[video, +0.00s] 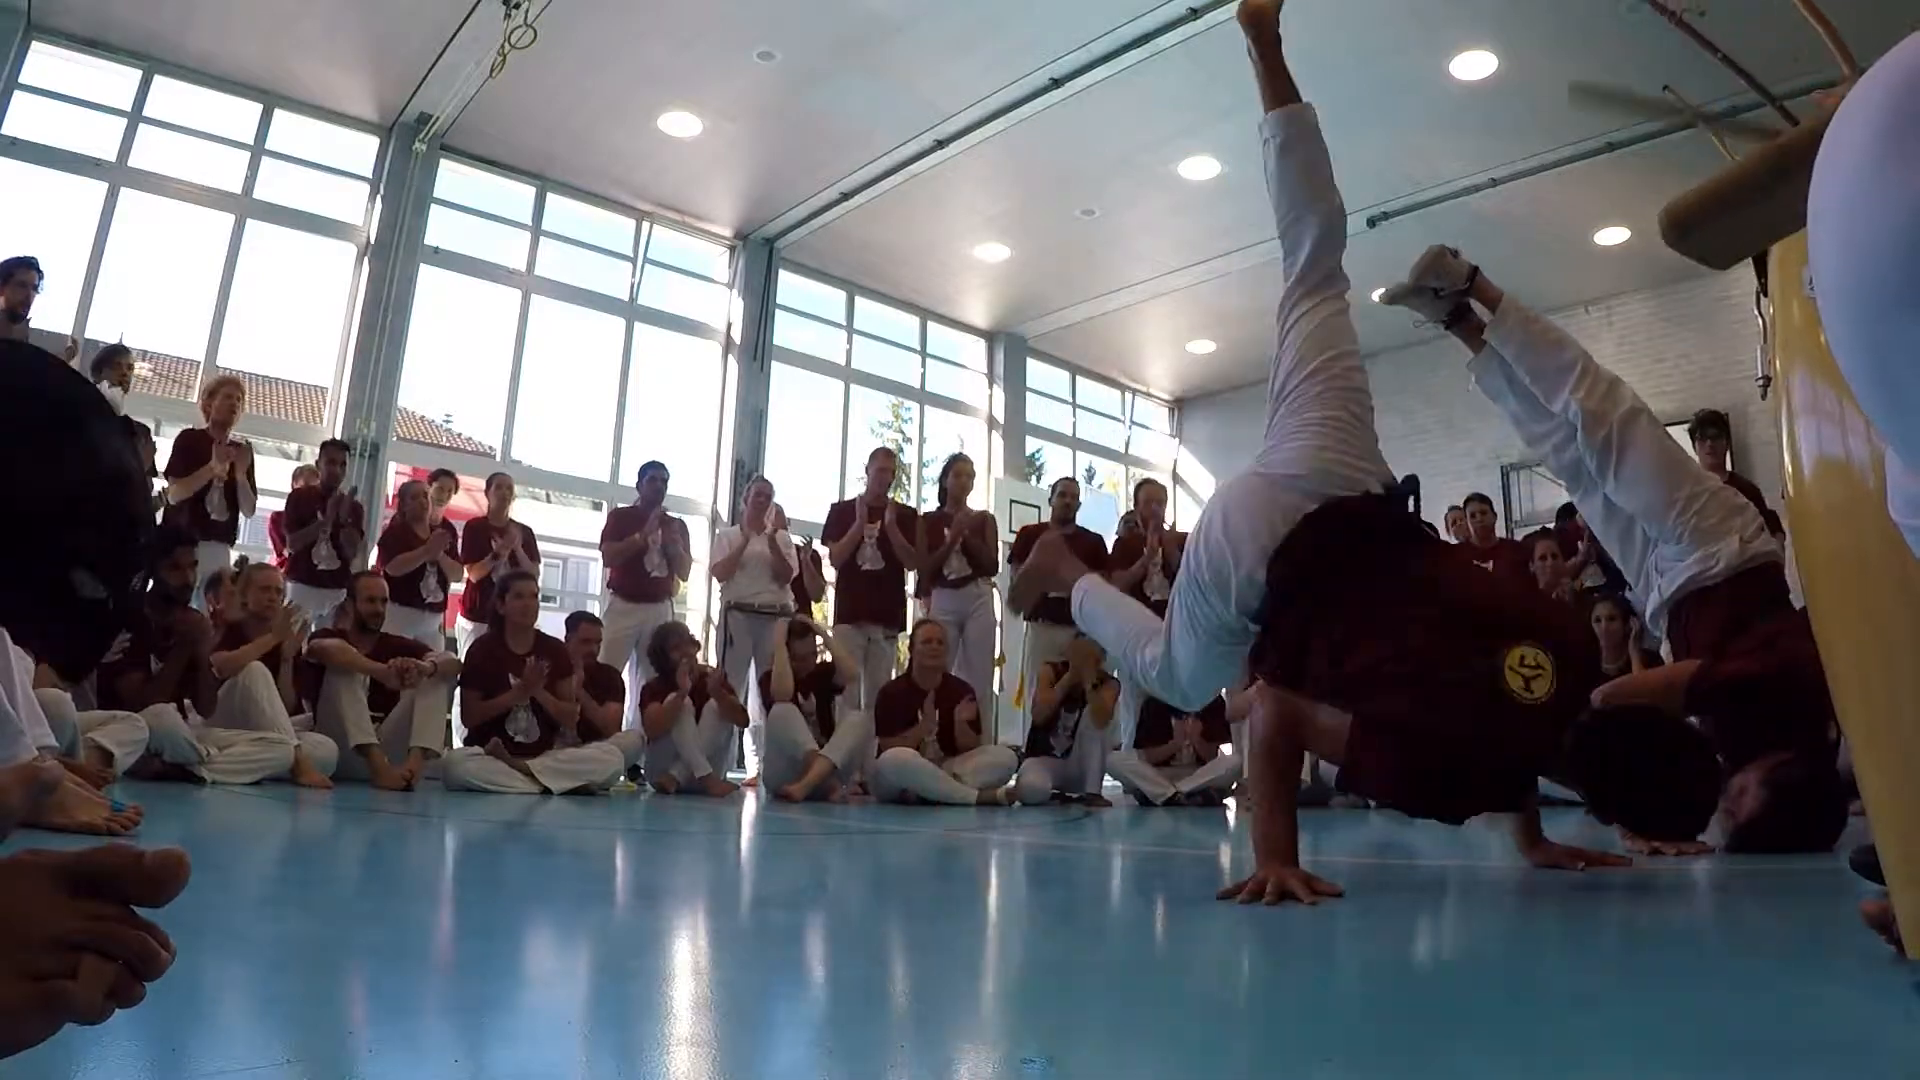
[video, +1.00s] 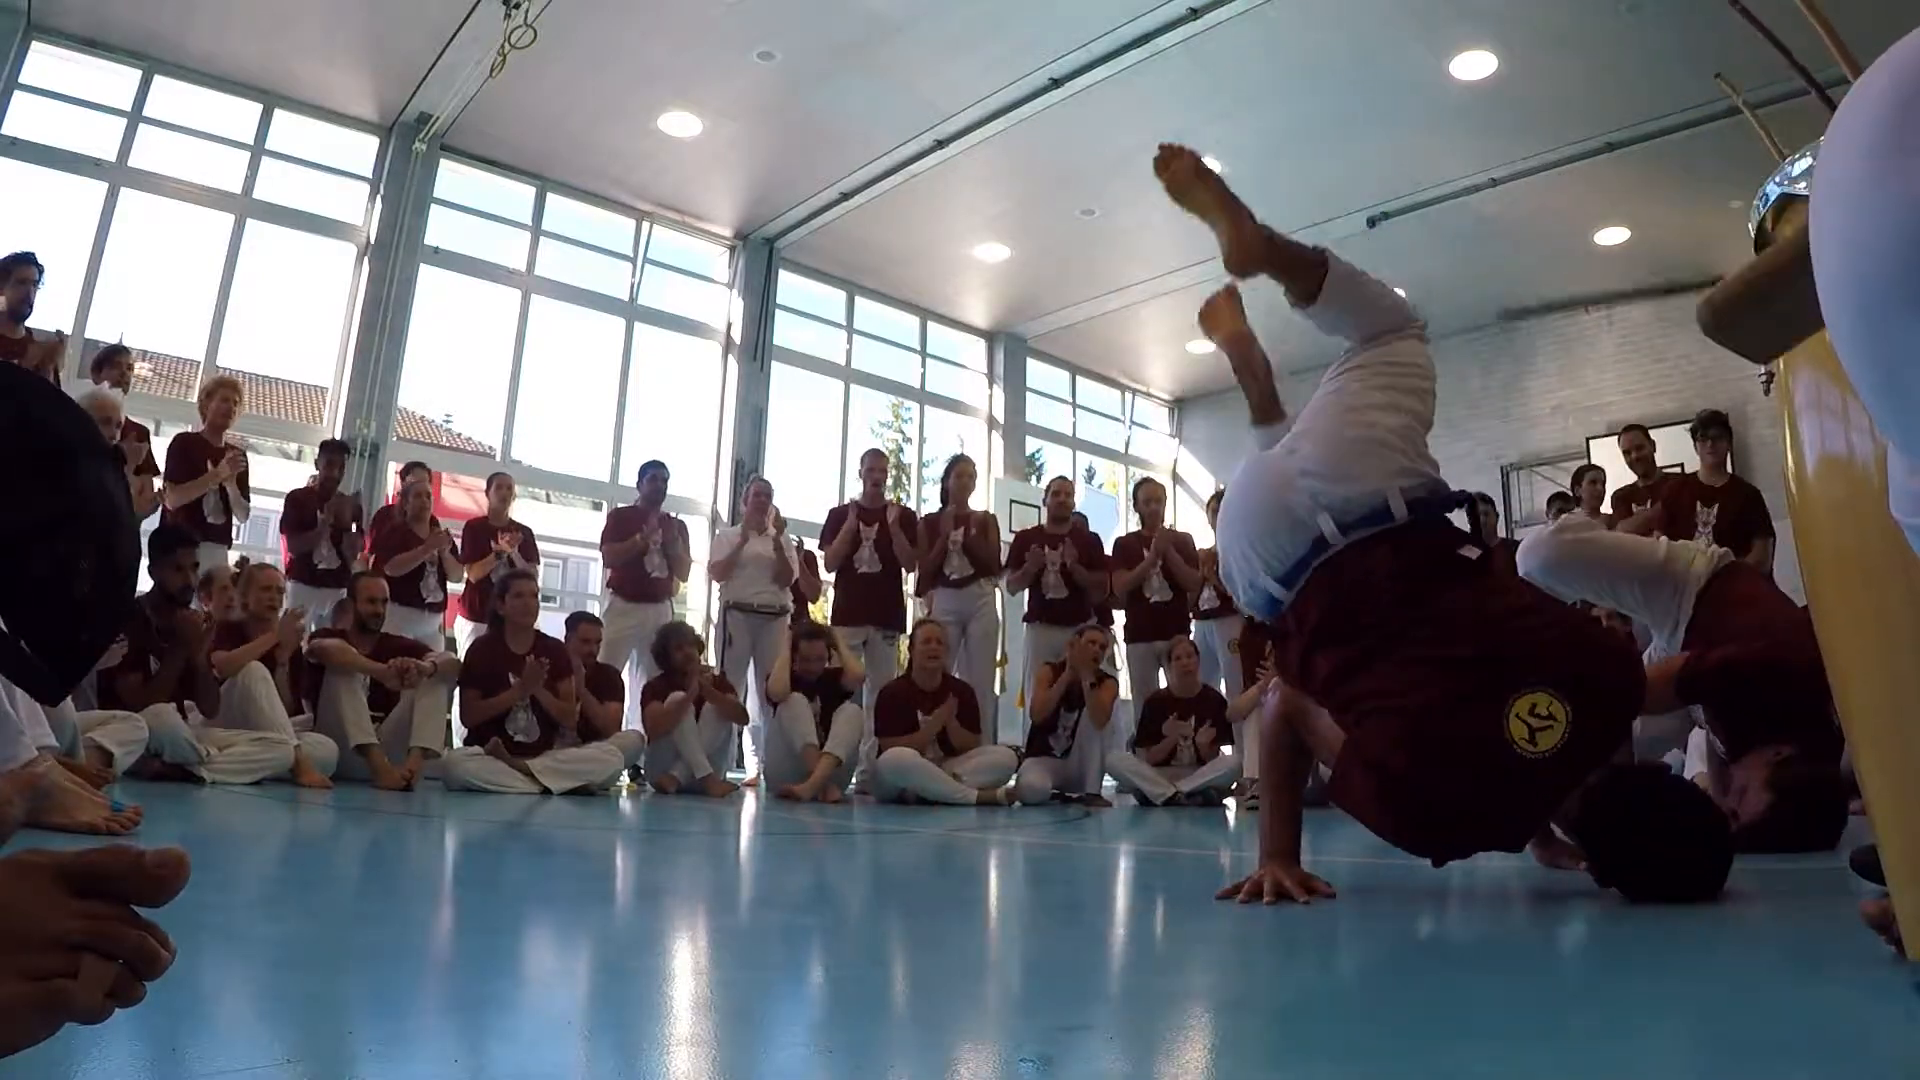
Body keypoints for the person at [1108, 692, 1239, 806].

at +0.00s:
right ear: (1170, 679)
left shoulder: (1213, 701)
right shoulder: (1154, 703)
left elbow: (1212, 757)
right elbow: (1145, 756)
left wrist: (1196, 740)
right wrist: (1175, 744)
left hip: (1200, 772)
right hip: (1159, 773)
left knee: (1234, 762)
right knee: (1115, 760)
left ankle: (1165, 795)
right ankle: (1174, 797)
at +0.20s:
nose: (1184, 662)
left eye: (1188, 656)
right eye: (1177, 659)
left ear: (1196, 660)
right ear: (1168, 666)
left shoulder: (1213, 698)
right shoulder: (1154, 700)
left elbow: (1213, 755)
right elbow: (1146, 757)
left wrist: (1197, 741)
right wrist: (1172, 743)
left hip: (1200, 770)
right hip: (1160, 772)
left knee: (1234, 762)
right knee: (1114, 759)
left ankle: (1166, 795)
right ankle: (1173, 796)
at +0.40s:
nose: (1183, 662)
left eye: (1188, 656)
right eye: (1177, 658)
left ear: (1197, 660)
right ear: (1168, 666)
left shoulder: (1213, 698)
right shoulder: (1154, 701)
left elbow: (1212, 755)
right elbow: (1150, 758)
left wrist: (1194, 737)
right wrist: (1179, 742)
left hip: (1201, 771)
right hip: (1161, 773)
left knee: (1234, 763)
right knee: (1114, 759)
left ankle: (1167, 795)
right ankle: (1175, 797)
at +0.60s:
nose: (1184, 662)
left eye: (1189, 656)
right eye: (1177, 659)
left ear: (1197, 661)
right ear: (1168, 666)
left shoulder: (1213, 698)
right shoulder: (1155, 701)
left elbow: (1212, 756)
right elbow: (1148, 757)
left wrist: (1200, 744)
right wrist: (1175, 742)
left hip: (1200, 771)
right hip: (1161, 773)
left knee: (1233, 764)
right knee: (1114, 760)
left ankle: (1164, 796)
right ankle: (1173, 796)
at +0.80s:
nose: (1184, 663)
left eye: (1189, 657)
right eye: (1177, 659)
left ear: (1197, 661)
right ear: (1168, 666)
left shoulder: (1213, 698)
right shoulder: (1155, 701)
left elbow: (1214, 755)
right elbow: (1148, 757)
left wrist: (1194, 739)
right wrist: (1179, 741)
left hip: (1201, 772)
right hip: (1160, 773)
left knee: (1233, 764)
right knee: (1113, 760)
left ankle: (1167, 795)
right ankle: (1173, 796)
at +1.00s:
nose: (1185, 662)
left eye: (1190, 656)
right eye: (1178, 658)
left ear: (1198, 661)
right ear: (1169, 667)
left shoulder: (1214, 699)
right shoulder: (1155, 701)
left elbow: (1214, 759)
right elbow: (1149, 758)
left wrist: (1204, 746)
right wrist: (1171, 739)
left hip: (1200, 773)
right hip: (1161, 774)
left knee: (1233, 763)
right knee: (1115, 760)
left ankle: (1171, 793)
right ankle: (1171, 796)